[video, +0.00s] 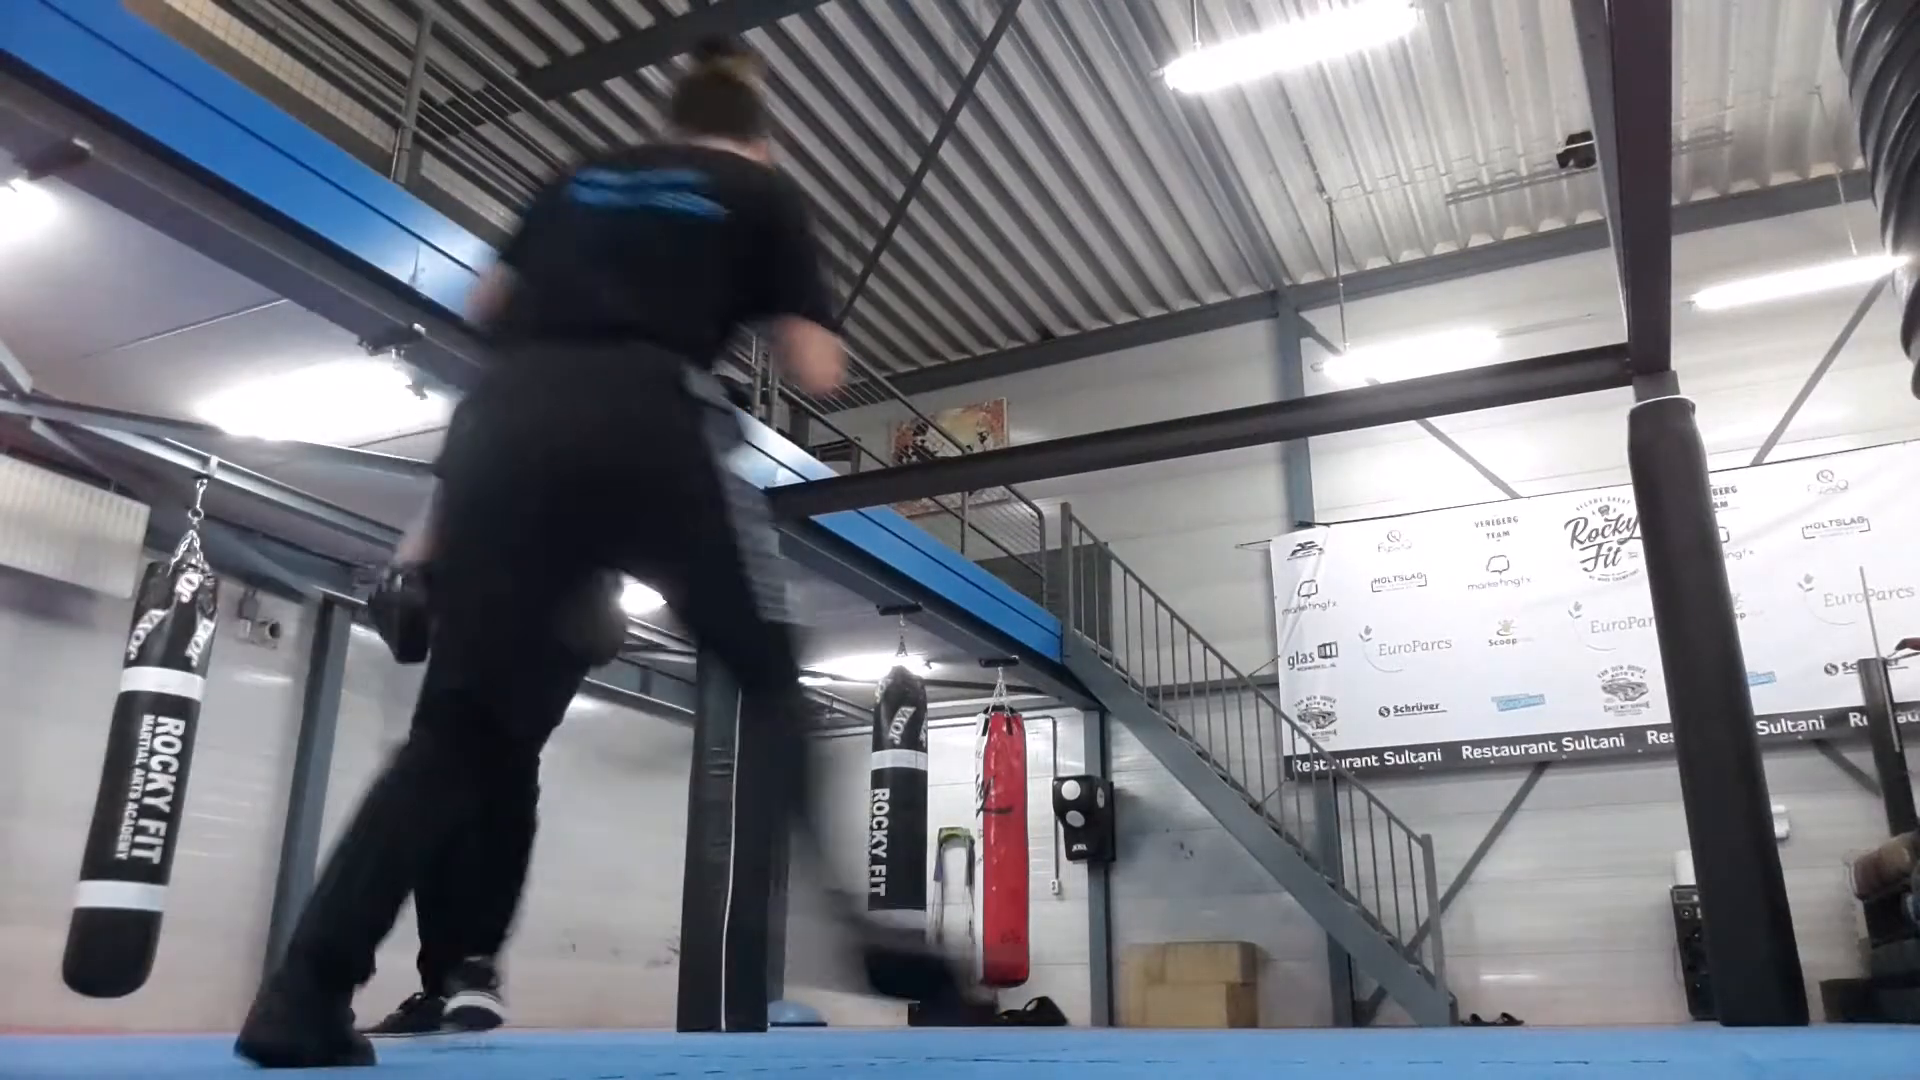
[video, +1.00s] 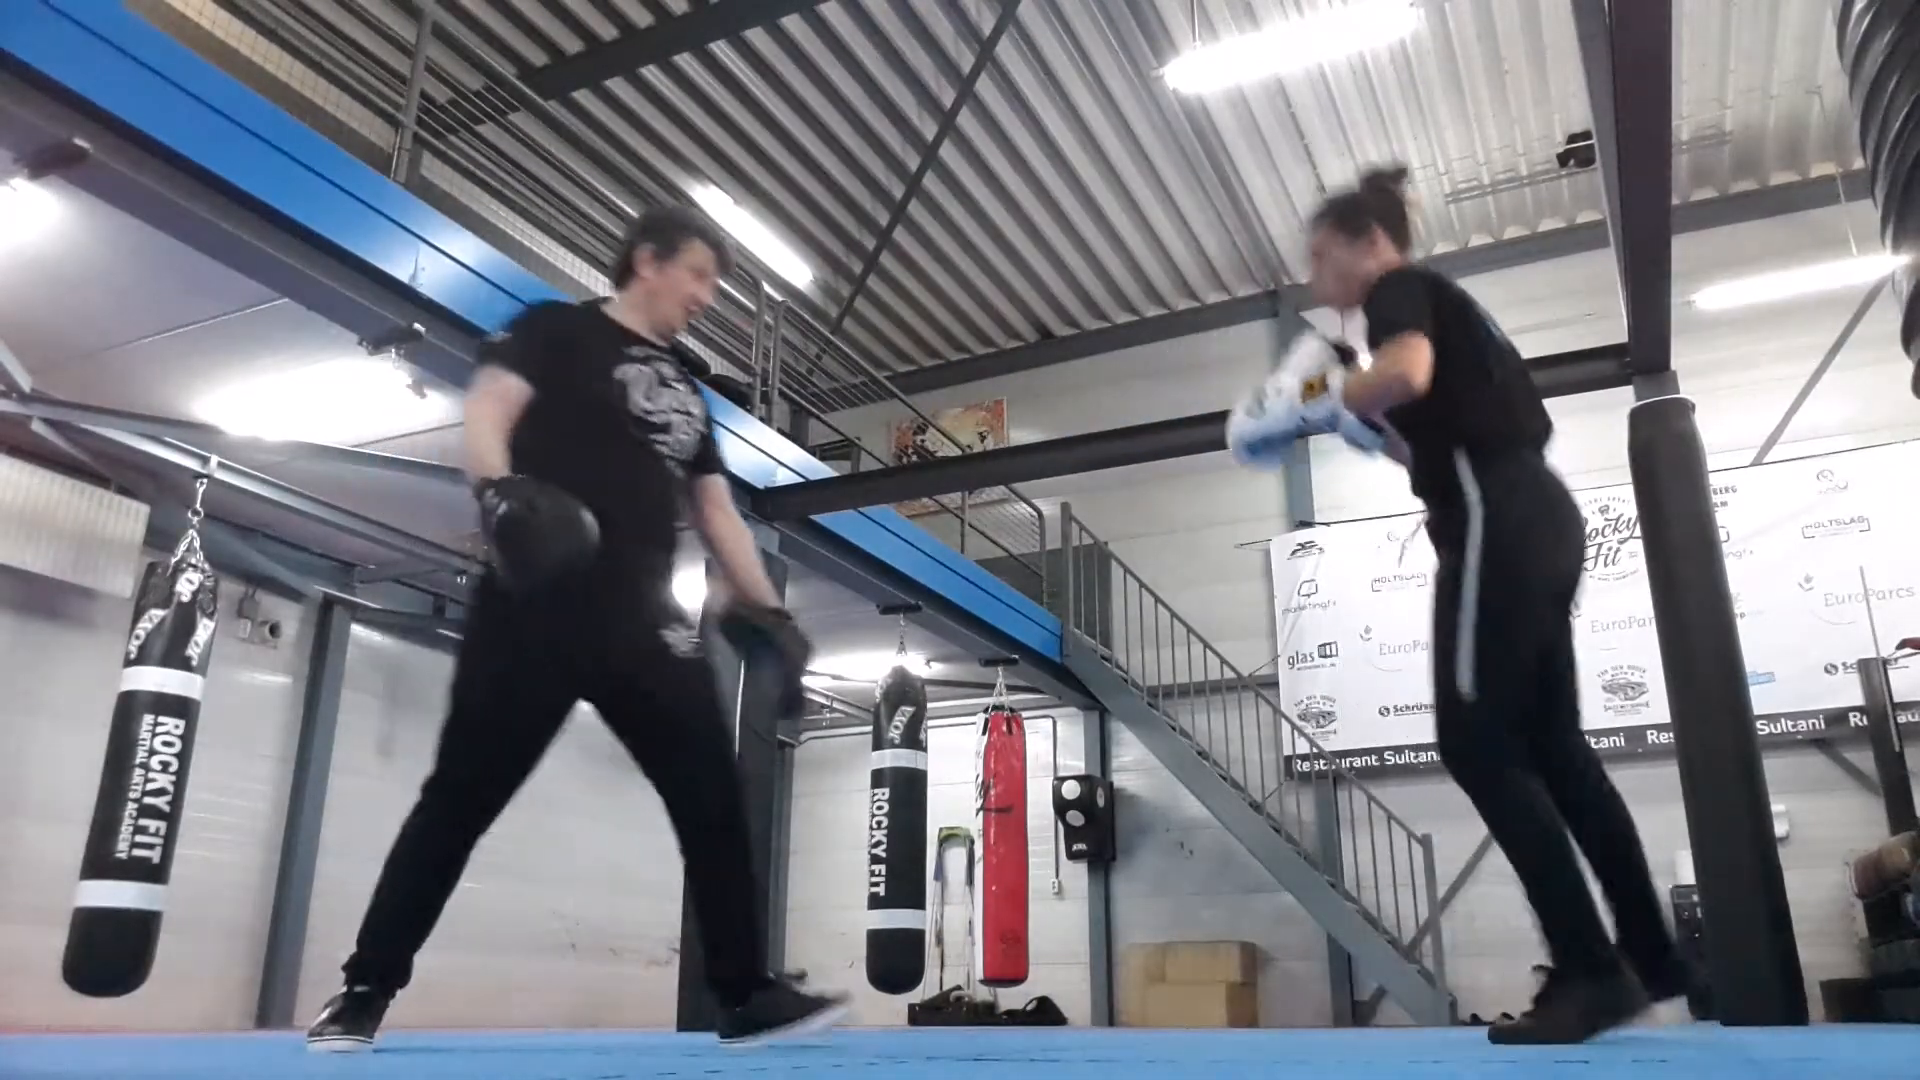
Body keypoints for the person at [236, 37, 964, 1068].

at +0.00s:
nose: (771, 161)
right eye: (770, 149)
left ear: (670, 123)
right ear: (757, 140)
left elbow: (486, 306)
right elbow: (815, 370)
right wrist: (801, 330)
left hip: (505, 419)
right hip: (640, 428)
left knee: (459, 729)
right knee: (767, 681)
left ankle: (297, 1005)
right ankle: (755, 979)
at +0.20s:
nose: (822, 145)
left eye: (823, 133)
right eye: (825, 135)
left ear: (843, 123)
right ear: (923, 120)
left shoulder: (825, 183)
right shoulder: (992, 190)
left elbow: (696, 297)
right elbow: (1041, 345)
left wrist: (744, 238)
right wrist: (994, 423)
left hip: (875, 447)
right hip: (1005, 456)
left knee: (733, 679)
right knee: (1044, 707)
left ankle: (558, 931)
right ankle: (1133, 980)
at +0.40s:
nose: (976, 132)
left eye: (977, 116)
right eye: (975, 119)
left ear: (1003, 102)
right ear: (1064, 97)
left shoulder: (1018, 148)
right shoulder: (1152, 159)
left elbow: (963, 283)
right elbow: (1192, 296)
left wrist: (900, 312)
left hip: (1137, 412)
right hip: (1240, 409)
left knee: (1119, 664)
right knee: (1257, 677)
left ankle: (1314, 900)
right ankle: (1404, 910)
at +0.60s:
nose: (1153, 269)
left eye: (1156, 246)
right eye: (1150, 250)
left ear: (1196, 225)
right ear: (1232, 224)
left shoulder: (1228, 276)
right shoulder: (1309, 285)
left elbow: (1212, 401)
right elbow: (1295, 428)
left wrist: (1130, 391)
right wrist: (1175, 412)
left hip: (1350, 501)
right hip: (1421, 498)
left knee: (1314, 743)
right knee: (1489, 763)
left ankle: (1440, 988)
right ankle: (1689, 978)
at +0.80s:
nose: (1259, 258)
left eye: (1263, 235)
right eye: (1253, 244)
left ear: (1316, 212)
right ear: (1333, 220)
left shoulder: (1356, 263)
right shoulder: (1398, 275)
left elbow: (1361, 366)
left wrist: (1278, 357)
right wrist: (1291, 357)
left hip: (1451, 494)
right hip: (1515, 494)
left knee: (1387, 683)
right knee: (1547, 735)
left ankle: (1544, 894)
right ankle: (1687, 955)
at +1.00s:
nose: (1315, 281)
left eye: (1321, 259)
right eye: (1312, 264)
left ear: (1368, 243)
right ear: (1385, 250)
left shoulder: (1398, 288)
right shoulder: (1437, 302)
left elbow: (1412, 368)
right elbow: (1428, 445)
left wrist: (1333, 387)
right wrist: (1342, 405)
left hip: (1495, 522)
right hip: (1538, 514)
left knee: (1475, 746)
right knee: (1554, 746)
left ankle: (1588, 972)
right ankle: (1652, 956)